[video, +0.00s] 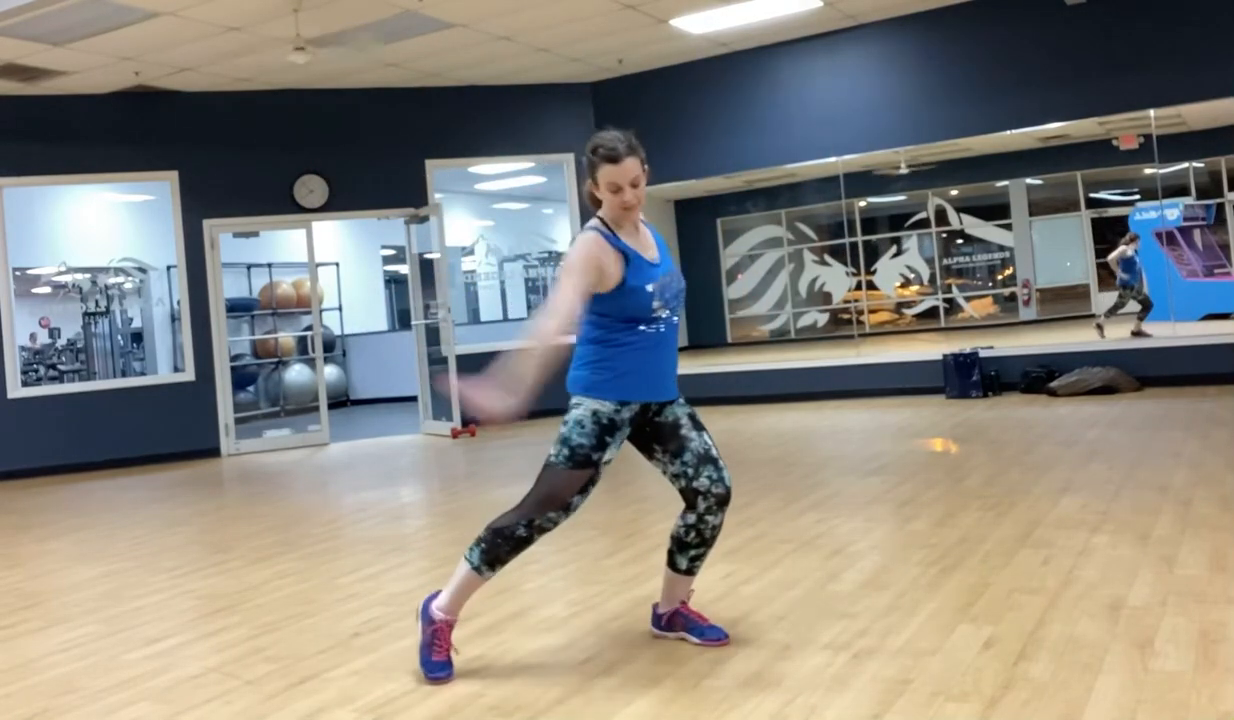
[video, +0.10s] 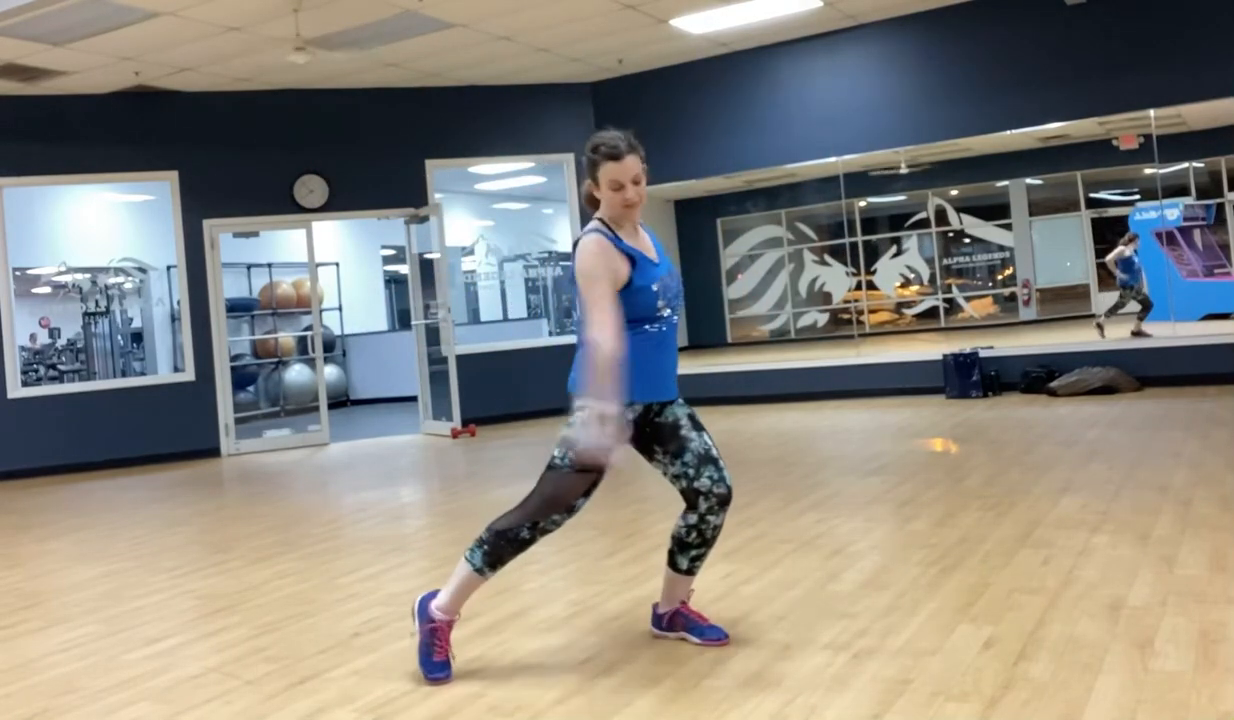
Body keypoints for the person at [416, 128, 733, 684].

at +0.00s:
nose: (631, 196)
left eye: (637, 183)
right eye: (617, 189)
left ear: (646, 177)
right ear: (596, 192)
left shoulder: (647, 229)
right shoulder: (592, 248)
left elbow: (640, 300)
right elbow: (553, 326)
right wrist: (508, 388)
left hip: (659, 398)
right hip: (601, 404)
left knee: (712, 493)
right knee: (545, 510)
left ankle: (671, 608)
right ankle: (442, 610)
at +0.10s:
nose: (632, 193)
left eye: (638, 180)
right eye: (618, 186)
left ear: (646, 176)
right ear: (595, 192)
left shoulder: (643, 233)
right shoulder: (595, 248)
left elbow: (647, 316)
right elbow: (602, 338)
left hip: (659, 401)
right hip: (605, 404)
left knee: (712, 495)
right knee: (547, 510)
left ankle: (671, 608)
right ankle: (440, 609)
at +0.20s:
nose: (628, 183)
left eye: (632, 172)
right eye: (614, 177)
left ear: (640, 173)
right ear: (589, 188)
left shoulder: (633, 236)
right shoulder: (600, 244)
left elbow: (678, 294)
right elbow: (675, 297)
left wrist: (744, 322)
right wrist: (743, 325)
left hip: (653, 400)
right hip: (605, 402)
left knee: (713, 493)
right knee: (552, 511)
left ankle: (672, 608)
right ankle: (439, 609)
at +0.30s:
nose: (625, 176)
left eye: (627, 165)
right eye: (609, 173)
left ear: (635, 167)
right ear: (589, 189)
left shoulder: (635, 232)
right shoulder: (602, 239)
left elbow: (705, 262)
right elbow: (698, 265)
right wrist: (778, 255)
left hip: (654, 400)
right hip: (604, 403)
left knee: (713, 493)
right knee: (553, 510)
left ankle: (671, 608)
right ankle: (439, 608)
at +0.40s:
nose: (621, 170)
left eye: (623, 158)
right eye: (605, 167)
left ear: (633, 162)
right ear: (586, 186)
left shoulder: (635, 223)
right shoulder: (606, 230)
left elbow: (697, 215)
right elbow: (692, 216)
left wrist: (749, 175)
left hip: (654, 400)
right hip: (604, 403)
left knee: (713, 492)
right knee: (551, 511)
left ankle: (671, 607)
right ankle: (438, 608)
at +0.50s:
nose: (617, 164)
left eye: (618, 154)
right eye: (601, 162)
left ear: (626, 160)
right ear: (580, 182)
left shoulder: (621, 224)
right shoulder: (600, 227)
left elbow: (667, 163)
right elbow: (665, 164)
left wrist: (713, 103)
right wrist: (719, 96)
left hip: (653, 399)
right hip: (605, 402)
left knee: (711, 489)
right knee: (552, 509)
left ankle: (672, 607)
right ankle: (437, 609)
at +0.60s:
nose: (610, 162)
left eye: (613, 153)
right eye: (595, 160)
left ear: (623, 164)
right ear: (578, 182)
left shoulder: (622, 229)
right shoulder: (594, 227)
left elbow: (642, 148)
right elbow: (641, 150)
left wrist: (681, 80)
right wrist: (687, 73)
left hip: (652, 399)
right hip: (602, 402)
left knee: (708, 491)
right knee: (551, 509)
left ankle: (671, 609)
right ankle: (435, 611)